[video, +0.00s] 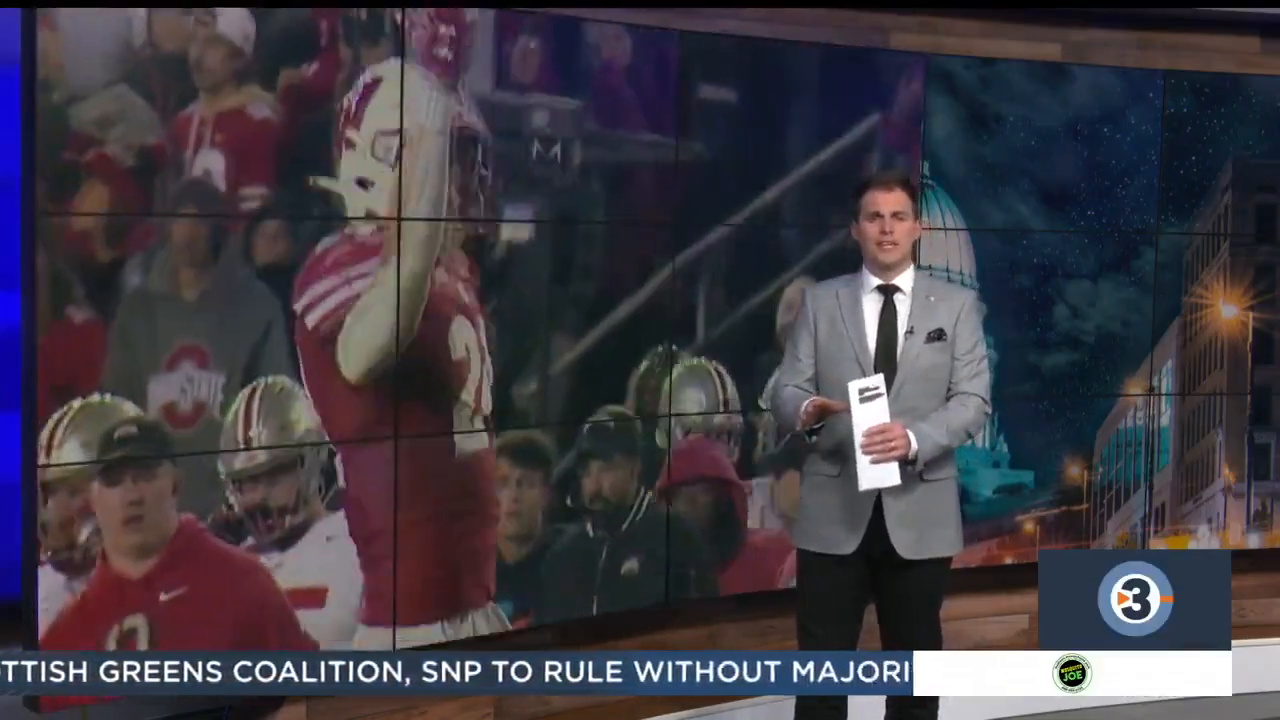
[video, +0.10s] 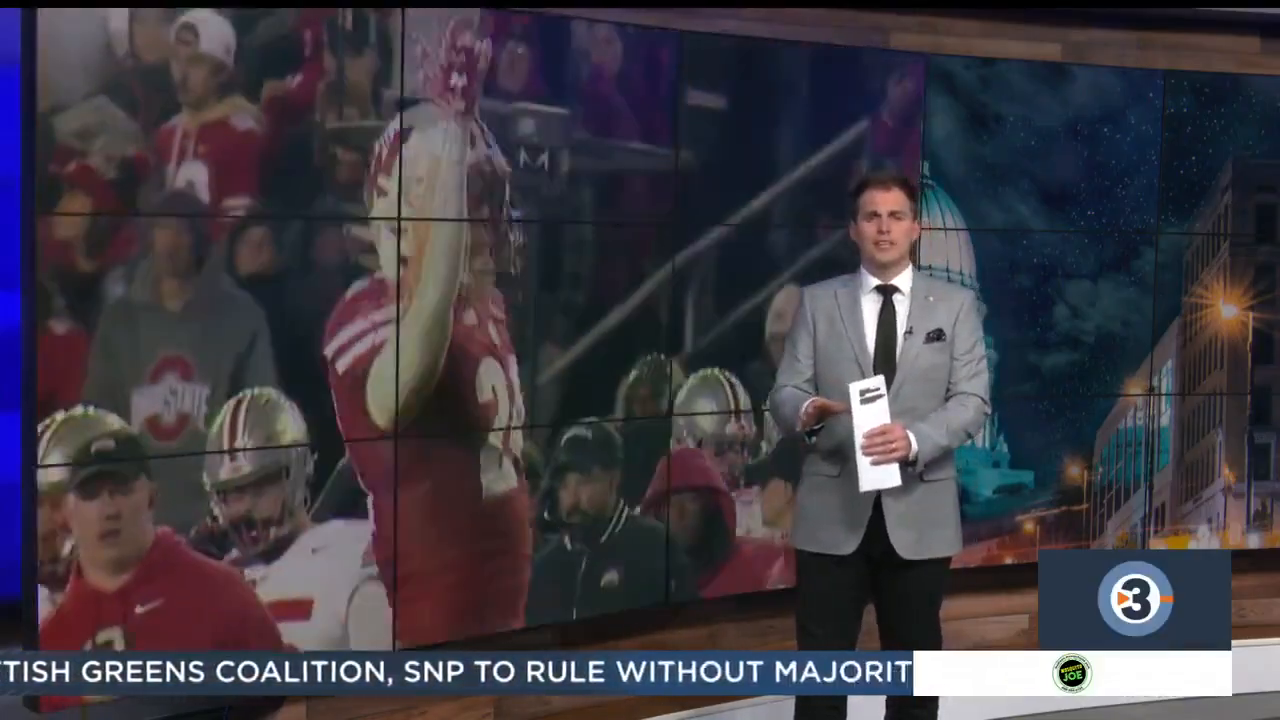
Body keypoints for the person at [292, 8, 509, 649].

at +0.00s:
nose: (462, 177)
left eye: (466, 155)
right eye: (442, 154)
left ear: (473, 160)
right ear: (382, 154)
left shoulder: (449, 265)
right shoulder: (341, 264)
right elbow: (362, 355)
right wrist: (422, 213)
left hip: (474, 606)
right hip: (409, 620)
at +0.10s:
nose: (482, 225)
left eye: (487, 204)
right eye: (464, 206)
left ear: (497, 213)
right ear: (399, 211)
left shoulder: (483, 306)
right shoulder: (365, 312)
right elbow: (390, 397)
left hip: (505, 609)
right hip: (437, 619)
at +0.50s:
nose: (438, 172)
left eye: (448, 151)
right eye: (417, 152)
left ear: (460, 156)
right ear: (351, 155)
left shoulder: (438, 260)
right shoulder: (320, 269)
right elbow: (341, 343)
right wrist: (385, 124)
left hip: (482, 613)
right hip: (412, 632)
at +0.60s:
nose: (474, 134)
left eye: (483, 112)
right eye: (450, 113)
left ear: (498, 117)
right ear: (386, 119)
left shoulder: (479, 224)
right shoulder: (364, 224)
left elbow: (491, 375)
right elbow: (337, 406)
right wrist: (437, 270)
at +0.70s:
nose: (522, 184)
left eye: (528, 159)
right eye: (497, 164)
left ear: (545, 163)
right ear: (444, 169)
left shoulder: (541, 270)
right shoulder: (440, 290)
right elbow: (407, 514)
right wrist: (517, 531)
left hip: (554, 601)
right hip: (482, 615)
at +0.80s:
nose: (587, 249)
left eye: (593, 227)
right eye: (562, 232)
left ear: (608, 233)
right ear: (504, 246)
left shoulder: (601, 344)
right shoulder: (508, 366)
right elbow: (474, 602)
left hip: (605, 618)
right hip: (536, 632)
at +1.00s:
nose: (570, 238)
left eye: (588, 215)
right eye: (550, 219)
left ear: (621, 221)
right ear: (524, 231)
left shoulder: (652, 332)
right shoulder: (510, 344)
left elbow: (656, 505)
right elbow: (447, 575)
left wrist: (691, 618)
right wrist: (458, 704)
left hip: (657, 622)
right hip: (557, 632)